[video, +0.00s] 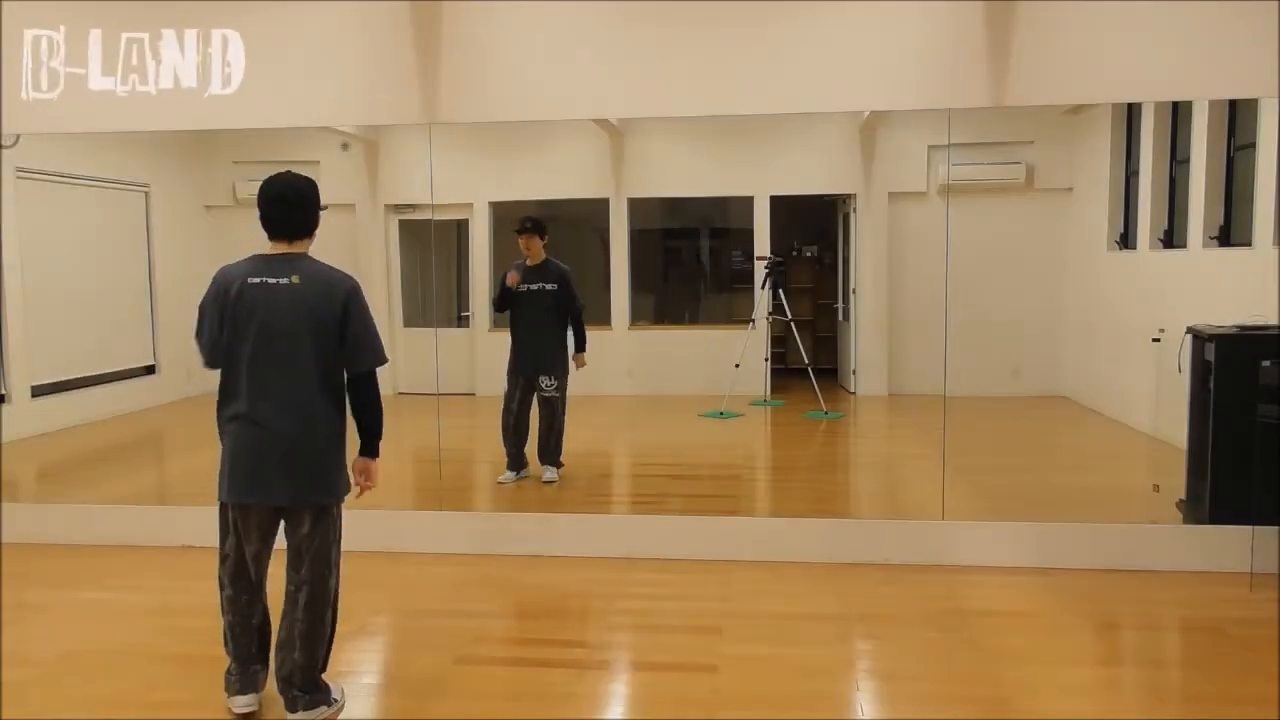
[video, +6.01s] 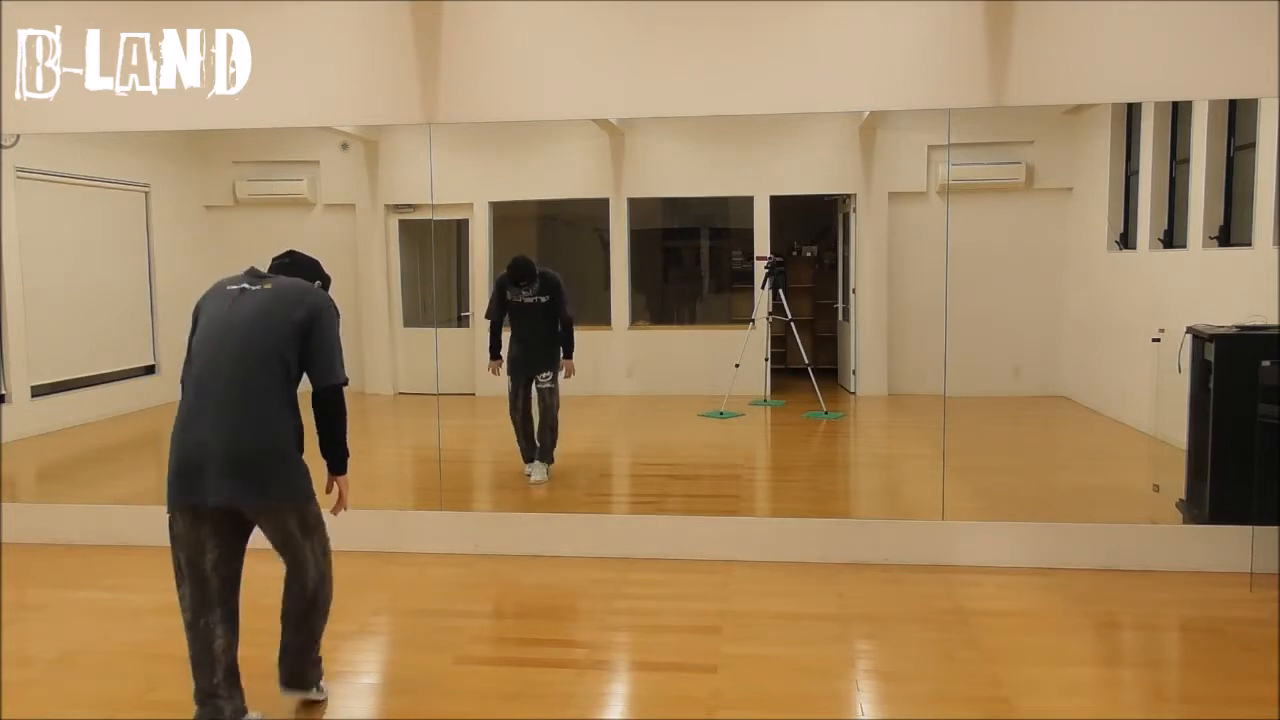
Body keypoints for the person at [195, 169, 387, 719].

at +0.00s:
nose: (314, 221)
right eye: (314, 213)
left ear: (262, 220)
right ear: (316, 220)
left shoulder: (229, 282)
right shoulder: (339, 288)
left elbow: (212, 352)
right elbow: (363, 380)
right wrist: (369, 450)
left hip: (246, 461)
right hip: (316, 461)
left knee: (241, 574)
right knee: (313, 578)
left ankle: (243, 684)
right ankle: (303, 690)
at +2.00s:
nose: (283, 260)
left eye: (280, 255)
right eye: (283, 255)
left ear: (227, 255)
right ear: (278, 256)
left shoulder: (191, 303)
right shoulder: (303, 295)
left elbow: (151, 370)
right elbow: (371, 340)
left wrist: (205, 354)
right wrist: (317, 324)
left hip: (237, 471)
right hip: (311, 465)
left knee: (236, 582)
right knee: (338, 549)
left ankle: (251, 694)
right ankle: (336, 657)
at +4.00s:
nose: (290, 222)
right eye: (289, 215)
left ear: (230, 222)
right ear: (284, 222)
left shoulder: (196, 289)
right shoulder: (309, 284)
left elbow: (190, 377)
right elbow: (339, 363)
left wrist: (232, 399)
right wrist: (349, 419)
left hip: (229, 467)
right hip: (300, 463)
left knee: (239, 578)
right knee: (311, 569)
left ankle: (265, 680)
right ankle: (281, 687)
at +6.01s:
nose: (322, 301)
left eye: (324, 297)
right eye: (323, 296)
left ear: (274, 274)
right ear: (315, 285)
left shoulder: (214, 296)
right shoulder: (314, 301)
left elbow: (192, 378)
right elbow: (329, 390)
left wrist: (215, 442)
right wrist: (337, 465)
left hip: (193, 461)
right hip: (264, 459)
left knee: (206, 595)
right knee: (309, 563)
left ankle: (217, 708)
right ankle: (300, 675)